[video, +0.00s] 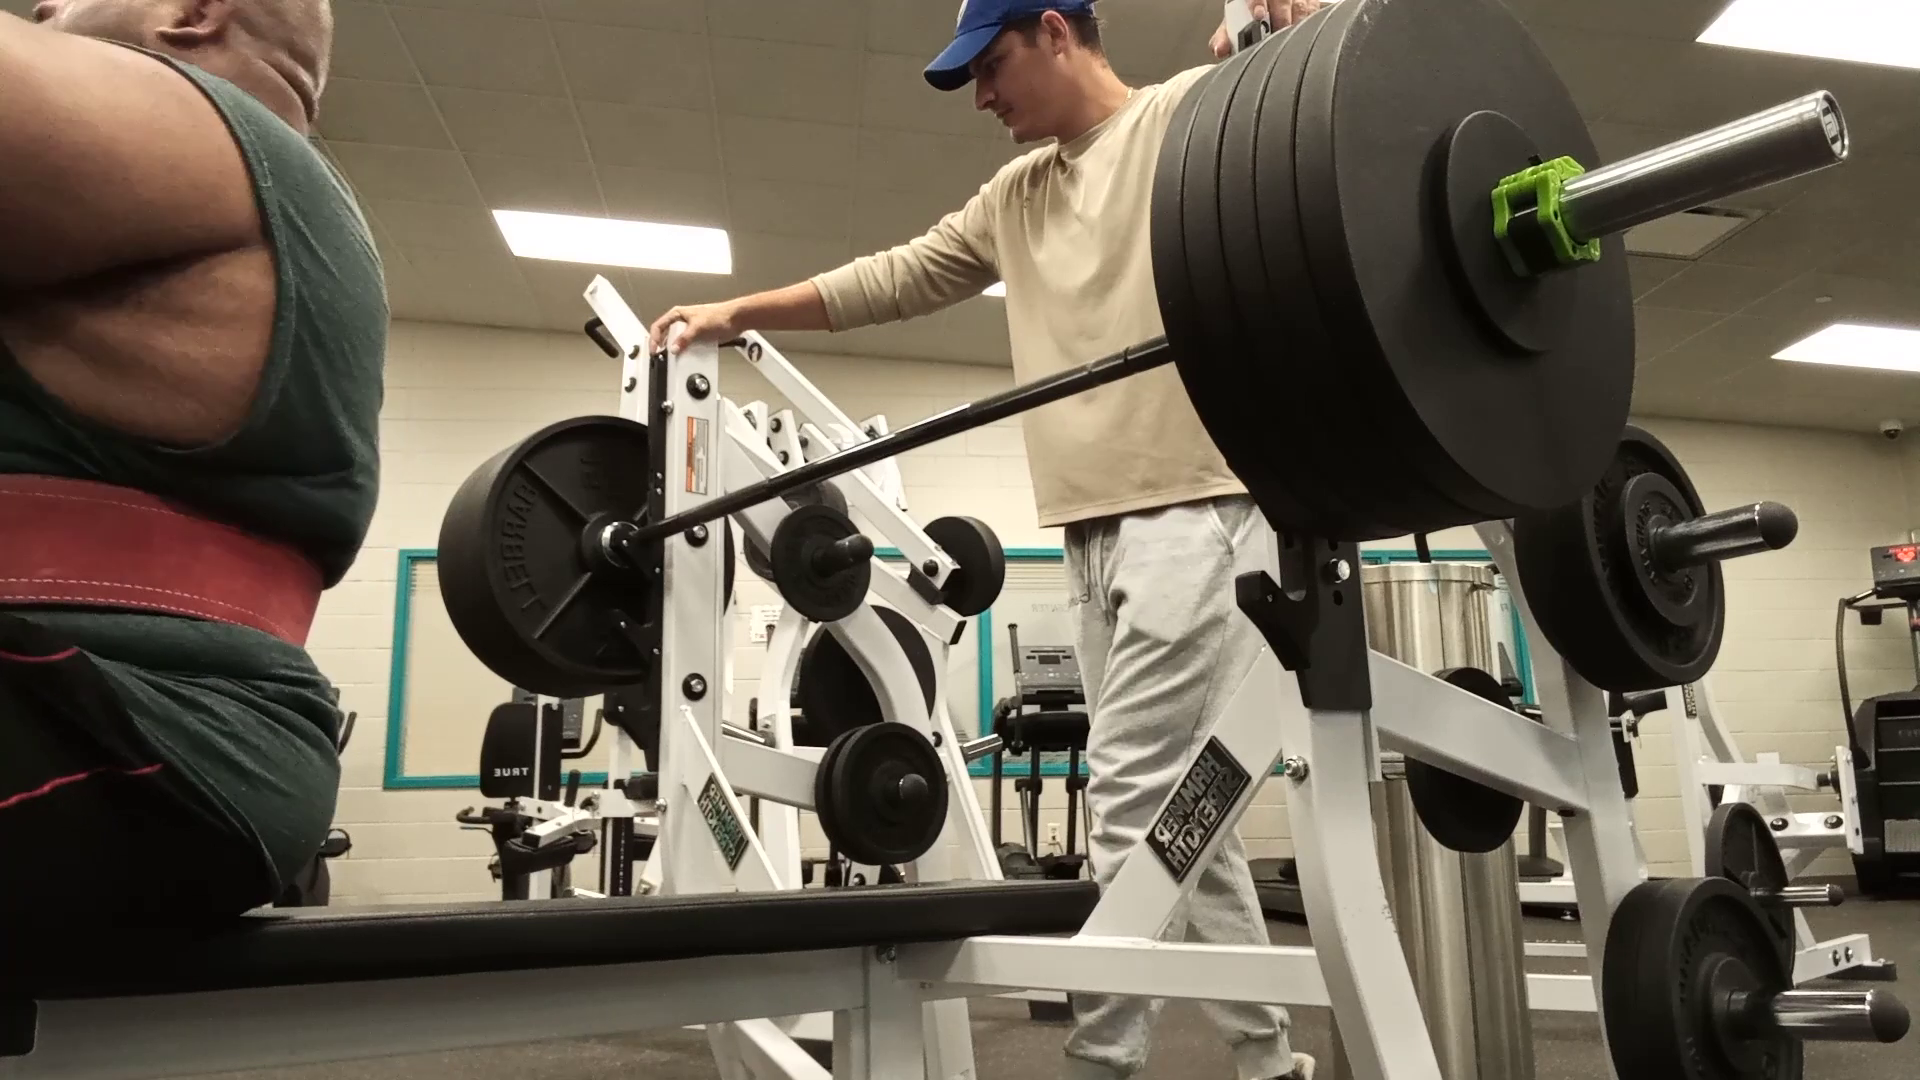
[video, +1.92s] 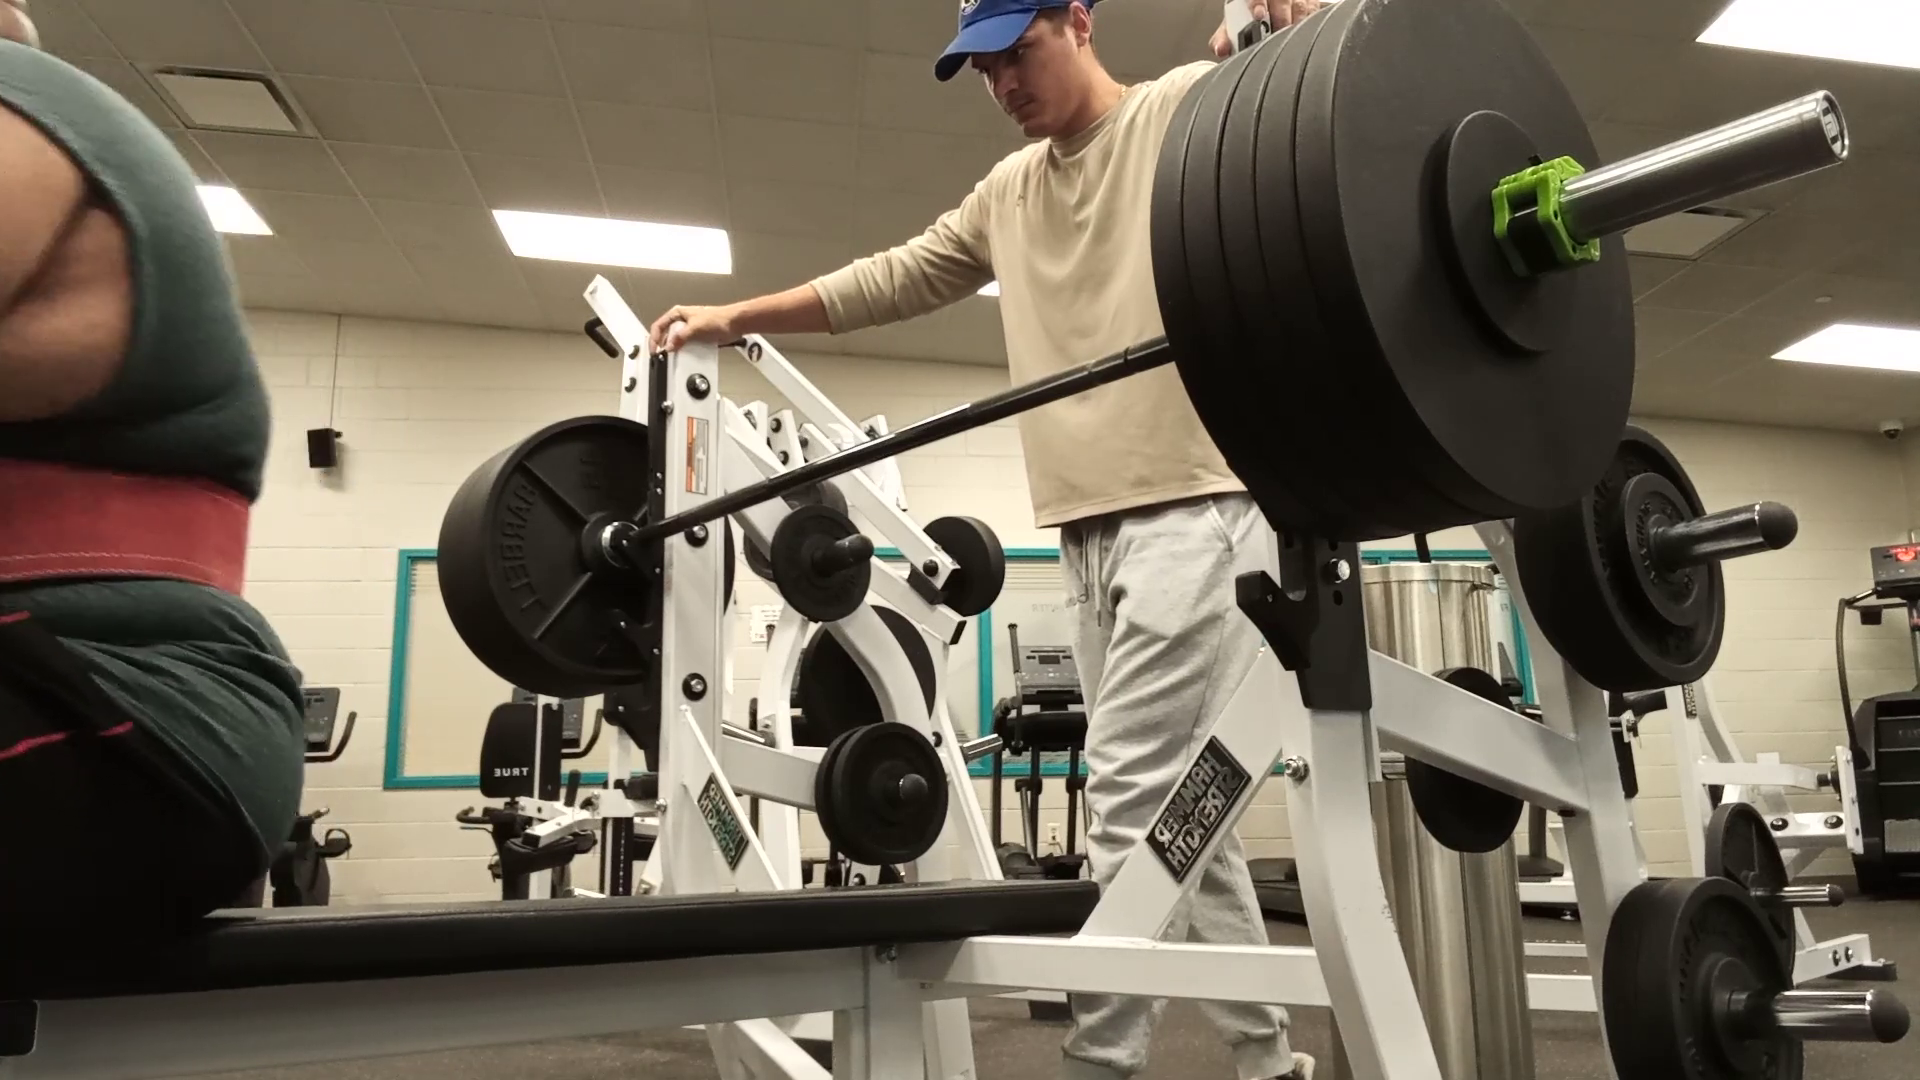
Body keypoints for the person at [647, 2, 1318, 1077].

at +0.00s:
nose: (982, 96)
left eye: (990, 67)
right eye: (974, 80)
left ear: (1059, 32)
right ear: (1038, 50)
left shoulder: (1190, 106)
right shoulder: (1011, 194)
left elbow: (1324, 114)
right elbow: (900, 275)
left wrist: (1295, 38)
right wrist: (737, 309)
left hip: (1198, 509)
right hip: (1093, 529)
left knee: (1129, 795)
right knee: (1178, 806)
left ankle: (1105, 1060)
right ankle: (1263, 1055)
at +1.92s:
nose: (998, 84)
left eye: (1012, 55)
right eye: (985, 68)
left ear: (1078, 24)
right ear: (983, 74)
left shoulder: (1187, 100)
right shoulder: (1005, 192)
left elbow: (1318, 111)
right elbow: (891, 279)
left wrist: (1293, 35)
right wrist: (734, 315)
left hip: (1199, 509)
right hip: (1089, 532)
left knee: (1126, 793)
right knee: (1173, 804)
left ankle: (1101, 1065)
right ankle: (1266, 1060)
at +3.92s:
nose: (972, 114)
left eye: (982, 88)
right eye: (965, 94)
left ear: (1051, 48)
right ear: (1025, 64)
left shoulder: (1185, 102)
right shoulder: (1006, 194)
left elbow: (1317, 113)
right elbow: (897, 279)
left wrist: (1293, 37)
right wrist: (735, 314)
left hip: (1200, 511)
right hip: (1090, 533)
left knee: (1128, 792)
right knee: (1173, 802)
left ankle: (1102, 1064)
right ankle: (1266, 1059)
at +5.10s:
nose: (973, 113)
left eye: (983, 86)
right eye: (966, 93)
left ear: (1052, 47)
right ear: (1022, 65)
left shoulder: (1185, 103)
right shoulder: (1005, 195)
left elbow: (1317, 112)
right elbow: (895, 280)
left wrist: (1288, 38)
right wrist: (735, 314)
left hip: (1201, 511)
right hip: (1091, 534)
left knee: (1129, 794)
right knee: (1174, 806)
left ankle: (1102, 1061)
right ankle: (1265, 1057)